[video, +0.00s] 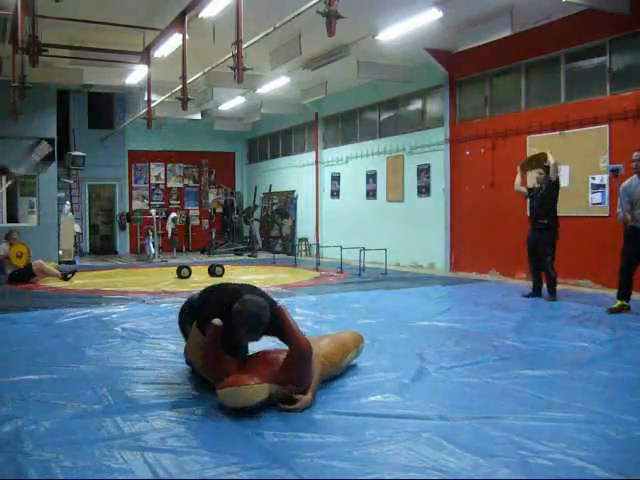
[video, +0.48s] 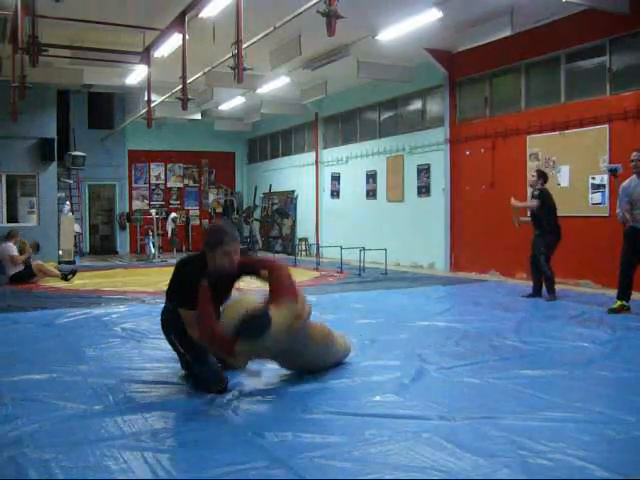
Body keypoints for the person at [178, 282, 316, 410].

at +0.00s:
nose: (251, 341)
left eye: (255, 337)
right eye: (246, 337)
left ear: (265, 323)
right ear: (235, 323)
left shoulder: (274, 313)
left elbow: (305, 350)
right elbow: (192, 351)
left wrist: (310, 394)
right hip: (193, 313)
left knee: (242, 366)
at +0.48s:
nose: (233, 260)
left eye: (236, 253)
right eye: (226, 255)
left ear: (240, 250)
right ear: (210, 253)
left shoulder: (238, 265)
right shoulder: (187, 270)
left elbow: (272, 273)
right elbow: (192, 326)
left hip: (212, 314)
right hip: (178, 320)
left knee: (234, 361)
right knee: (215, 383)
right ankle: (192, 366)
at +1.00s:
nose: (237, 182)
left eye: (234, 177)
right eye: (234, 178)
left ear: (206, 188)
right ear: (229, 186)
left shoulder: (198, 216)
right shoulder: (227, 220)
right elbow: (258, 263)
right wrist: (295, 248)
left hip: (188, 294)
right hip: (203, 303)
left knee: (232, 290)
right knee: (218, 382)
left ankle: (223, 351)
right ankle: (148, 356)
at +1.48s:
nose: (273, 167)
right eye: (272, 163)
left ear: (250, 166)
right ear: (272, 164)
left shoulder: (238, 186)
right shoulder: (282, 186)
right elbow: (332, 209)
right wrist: (337, 207)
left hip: (216, 251)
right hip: (240, 254)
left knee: (251, 303)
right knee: (255, 327)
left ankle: (225, 356)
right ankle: (195, 344)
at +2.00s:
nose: (363, 174)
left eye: (362, 171)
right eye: (362, 171)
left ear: (340, 170)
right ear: (359, 172)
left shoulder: (322, 188)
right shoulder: (363, 190)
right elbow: (390, 199)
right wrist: (371, 183)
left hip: (308, 249)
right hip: (340, 251)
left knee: (289, 293)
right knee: (373, 286)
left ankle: (270, 338)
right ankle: (382, 343)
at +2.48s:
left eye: (336, 163)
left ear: (334, 165)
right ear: (355, 166)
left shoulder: (325, 179)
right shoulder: (367, 184)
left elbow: (297, 208)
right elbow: (377, 213)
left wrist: (309, 220)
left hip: (339, 243)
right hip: (372, 242)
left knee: (306, 289)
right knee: (379, 283)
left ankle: (311, 349)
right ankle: (379, 336)